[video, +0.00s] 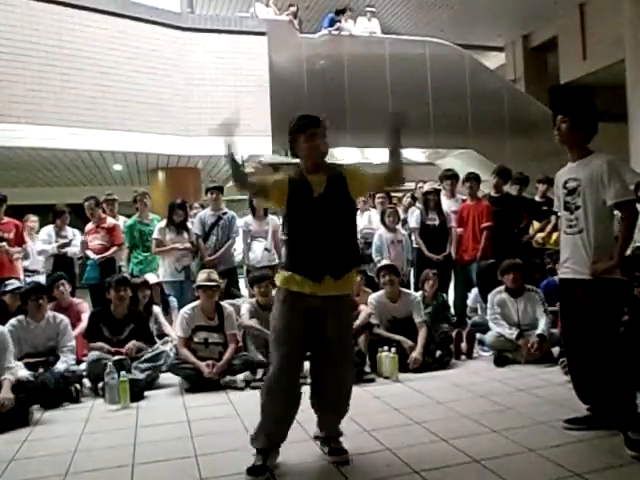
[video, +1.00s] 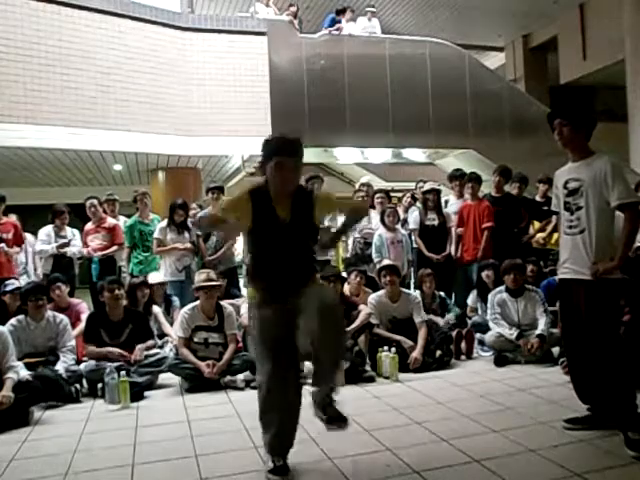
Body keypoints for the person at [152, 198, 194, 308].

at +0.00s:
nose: (178, 218)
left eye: (181, 215)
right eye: (176, 214)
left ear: (185, 215)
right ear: (171, 214)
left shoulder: (187, 228)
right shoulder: (161, 228)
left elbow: (195, 247)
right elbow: (155, 249)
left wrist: (189, 247)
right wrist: (174, 247)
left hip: (186, 269)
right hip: (169, 271)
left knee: (187, 304)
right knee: (174, 305)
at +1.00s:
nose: (179, 218)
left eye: (182, 215)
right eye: (177, 215)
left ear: (186, 215)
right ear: (172, 213)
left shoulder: (189, 227)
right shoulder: (163, 227)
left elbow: (196, 247)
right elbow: (156, 249)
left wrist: (188, 247)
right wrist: (174, 247)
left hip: (188, 269)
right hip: (171, 270)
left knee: (188, 304)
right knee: (175, 305)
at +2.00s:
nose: (178, 218)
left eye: (181, 215)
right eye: (176, 215)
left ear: (185, 215)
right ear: (171, 213)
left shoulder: (189, 228)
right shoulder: (162, 228)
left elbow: (196, 248)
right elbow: (155, 250)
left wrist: (189, 247)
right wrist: (174, 246)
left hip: (187, 268)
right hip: (170, 269)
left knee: (188, 302)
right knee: (174, 303)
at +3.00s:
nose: (182, 220)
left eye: (185, 218)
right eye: (180, 217)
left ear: (189, 218)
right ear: (175, 216)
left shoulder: (193, 231)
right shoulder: (166, 230)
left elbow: (200, 250)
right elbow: (160, 252)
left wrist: (193, 249)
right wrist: (178, 249)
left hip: (191, 274)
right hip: (174, 274)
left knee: (192, 308)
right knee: (180, 309)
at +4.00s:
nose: (182, 211)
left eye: (184, 208)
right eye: (179, 208)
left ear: (188, 211)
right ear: (174, 211)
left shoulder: (192, 230)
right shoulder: (166, 229)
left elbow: (200, 250)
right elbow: (159, 251)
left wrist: (192, 249)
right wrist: (179, 249)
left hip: (191, 274)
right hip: (173, 274)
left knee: (191, 309)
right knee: (178, 310)